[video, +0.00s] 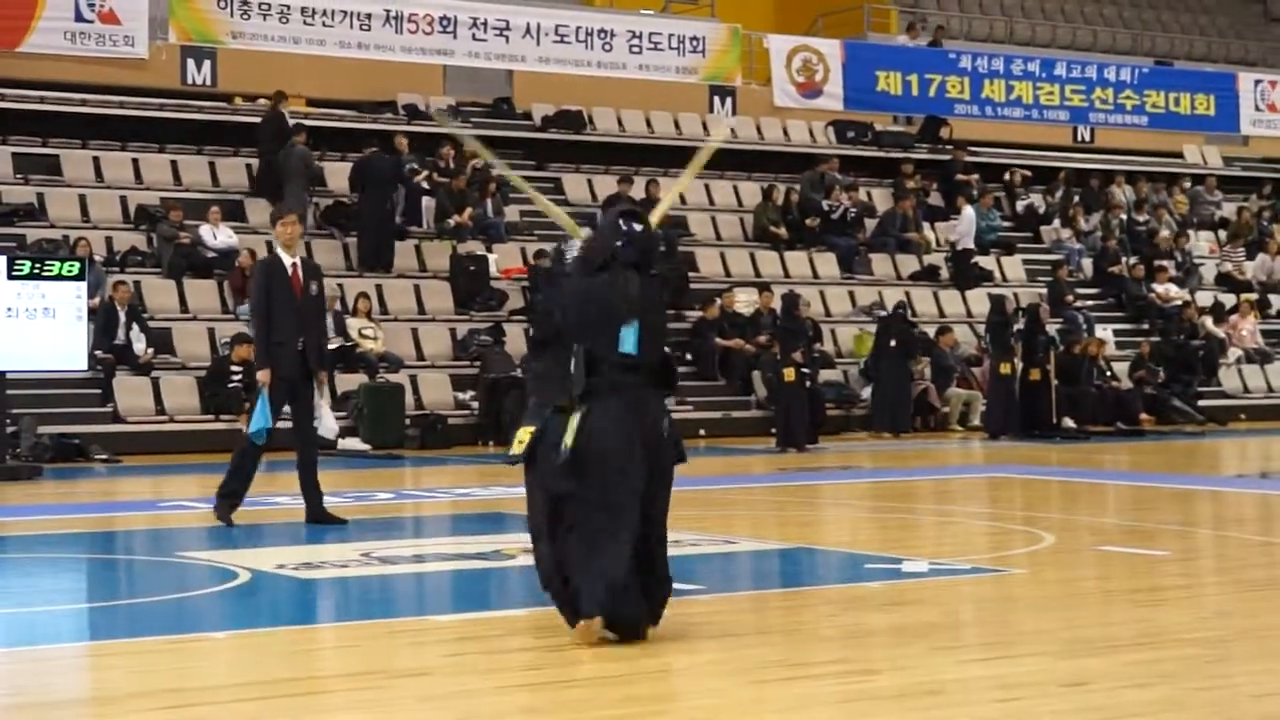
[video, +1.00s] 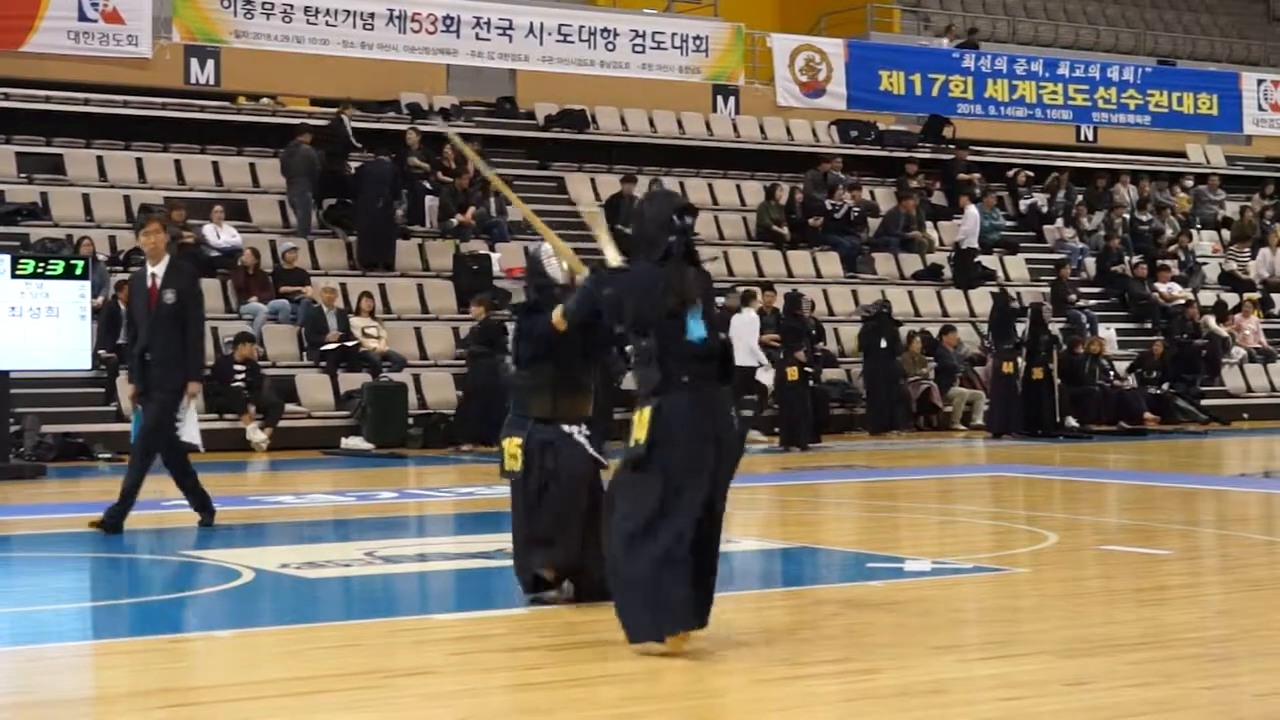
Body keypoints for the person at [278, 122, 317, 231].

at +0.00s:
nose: (305, 138)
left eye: (305, 135)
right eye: (304, 135)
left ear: (293, 135)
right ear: (300, 135)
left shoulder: (284, 151)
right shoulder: (304, 151)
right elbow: (312, 170)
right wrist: (319, 168)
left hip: (287, 186)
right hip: (301, 187)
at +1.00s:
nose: (310, 139)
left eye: (310, 136)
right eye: (309, 136)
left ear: (298, 135)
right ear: (305, 135)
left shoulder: (287, 151)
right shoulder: (308, 150)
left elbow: (284, 170)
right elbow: (315, 169)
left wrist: (291, 179)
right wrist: (313, 181)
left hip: (291, 185)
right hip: (304, 184)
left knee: (300, 217)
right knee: (305, 218)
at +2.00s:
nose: (319, 138)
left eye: (319, 135)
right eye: (318, 135)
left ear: (306, 135)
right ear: (313, 135)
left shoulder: (294, 150)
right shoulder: (317, 150)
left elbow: (289, 167)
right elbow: (324, 169)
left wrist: (298, 174)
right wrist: (331, 182)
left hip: (297, 186)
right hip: (312, 187)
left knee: (310, 218)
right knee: (311, 220)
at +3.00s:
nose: (327, 137)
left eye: (326, 135)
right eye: (325, 135)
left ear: (315, 135)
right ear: (322, 136)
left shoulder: (307, 148)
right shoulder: (325, 148)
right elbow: (340, 162)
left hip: (309, 185)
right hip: (321, 186)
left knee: (316, 218)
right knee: (321, 220)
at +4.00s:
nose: (334, 141)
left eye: (334, 139)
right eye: (334, 138)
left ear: (324, 136)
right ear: (331, 137)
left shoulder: (315, 148)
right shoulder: (326, 148)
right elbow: (337, 157)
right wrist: (354, 158)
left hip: (312, 188)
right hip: (321, 189)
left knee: (320, 222)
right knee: (323, 223)